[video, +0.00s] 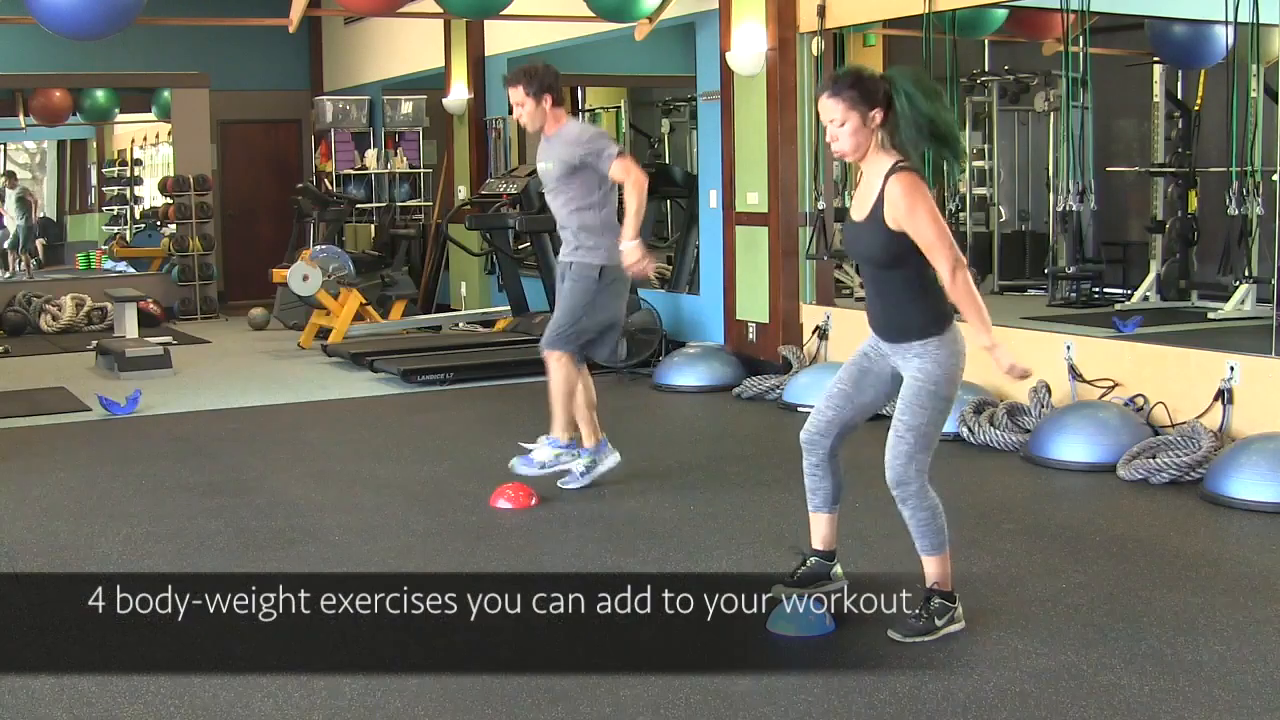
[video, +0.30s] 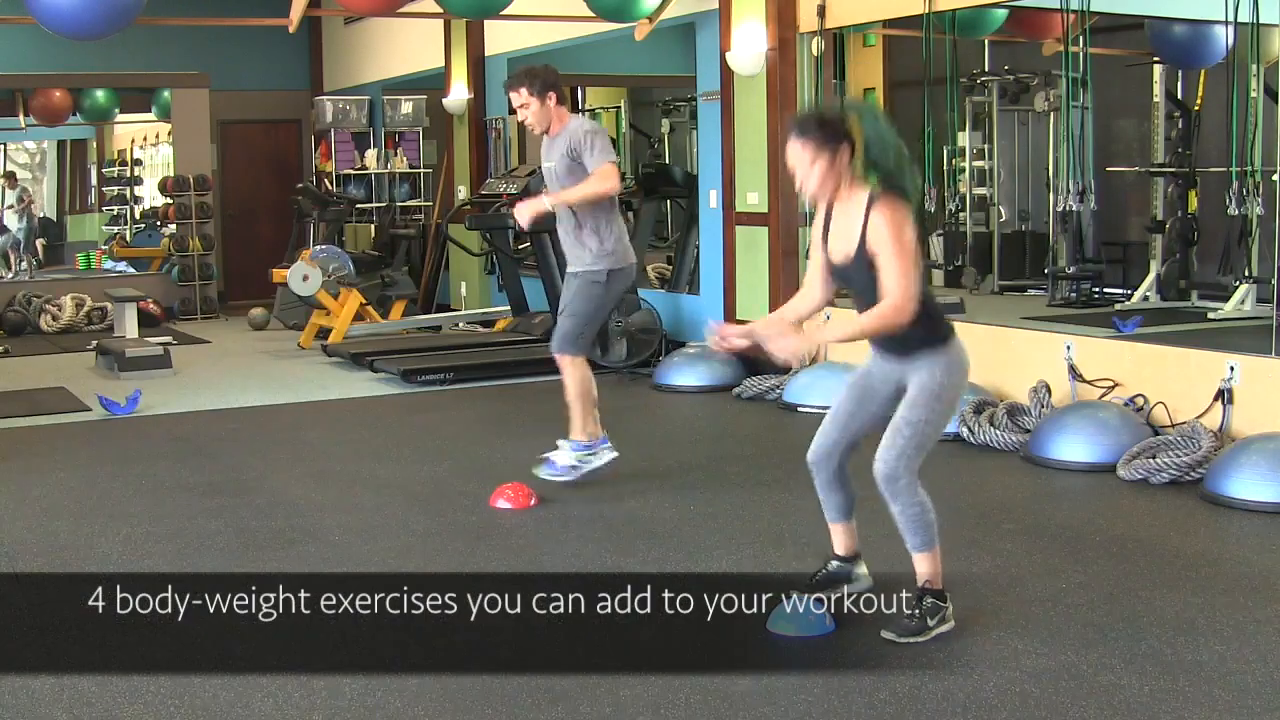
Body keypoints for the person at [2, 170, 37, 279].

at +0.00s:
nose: (5, 183)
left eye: (7, 180)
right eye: (4, 181)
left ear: (14, 180)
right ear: (5, 181)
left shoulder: (22, 190)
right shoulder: (9, 192)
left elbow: (34, 201)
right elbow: (4, 207)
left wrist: (34, 216)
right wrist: (9, 217)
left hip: (26, 223)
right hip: (17, 223)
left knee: (23, 251)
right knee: (10, 247)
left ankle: (29, 273)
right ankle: (11, 270)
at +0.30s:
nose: (4, 185)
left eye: (6, 182)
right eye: (4, 183)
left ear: (13, 180)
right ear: (10, 181)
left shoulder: (22, 189)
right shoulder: (14, 192)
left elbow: (30, 200)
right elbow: (16, 204)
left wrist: (20, 208)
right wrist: (7, 208)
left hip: (28, 223)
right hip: (19, 223)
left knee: (24, 250)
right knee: (11, 247)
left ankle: (30, 273)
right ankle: (14, 271)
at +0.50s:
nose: (4, 197)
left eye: (5, 194)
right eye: (3, 195)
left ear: (11, 193)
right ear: (4, 195)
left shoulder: (22, 203)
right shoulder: (9, 205)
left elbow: (26, 214)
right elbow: (7, 216)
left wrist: (14, 215)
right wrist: (3, 216)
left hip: (32, 232)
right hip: (24, 233)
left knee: (24, 256)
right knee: (16, 256)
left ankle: (32, 277)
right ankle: (26, 278)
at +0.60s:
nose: (4, 211)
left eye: (5, 208)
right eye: (3, 208)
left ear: (10, 207)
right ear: (4, 209)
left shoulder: (19, 216)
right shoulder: (10, 219)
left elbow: (21, 228)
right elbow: (5, 227)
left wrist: (11, 225)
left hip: (36, 243)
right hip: (29, 244)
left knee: (21, 260)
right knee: (14, 260)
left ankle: (32, 279)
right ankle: (27, 279)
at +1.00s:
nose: (1, 218)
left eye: (1, 216)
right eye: (1, 216)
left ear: (6, 216)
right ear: (8, 216)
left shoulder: (15, 225)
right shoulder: (14, 225)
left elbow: (4, 239)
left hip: (35, 247)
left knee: (18, 261)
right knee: (14, 260)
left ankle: (29, 279)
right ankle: (29, 279)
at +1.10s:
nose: (1, 205)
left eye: (2, 202)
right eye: (1, 203)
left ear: (7, 203)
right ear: (8, 203)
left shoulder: (16, 213)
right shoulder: (12, 214)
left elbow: (12, 229)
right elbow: (11, 229)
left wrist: (9, 243)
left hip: (32, 241)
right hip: (25, 241)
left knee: (17, 259)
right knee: (17, 259)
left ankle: (29, 278)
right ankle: (29, 278)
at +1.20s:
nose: (1, 194)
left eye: (3, 191)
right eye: (1, 191)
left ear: (8, 190)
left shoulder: (17, 199)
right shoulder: (8, 202)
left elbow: (24, 210)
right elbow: (8, 215)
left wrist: (24, 226)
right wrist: (11, 226)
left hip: (27, 229)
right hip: (19, 229)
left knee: (17, 253)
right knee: (20, 254)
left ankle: (26, 275)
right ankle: (26, 275)